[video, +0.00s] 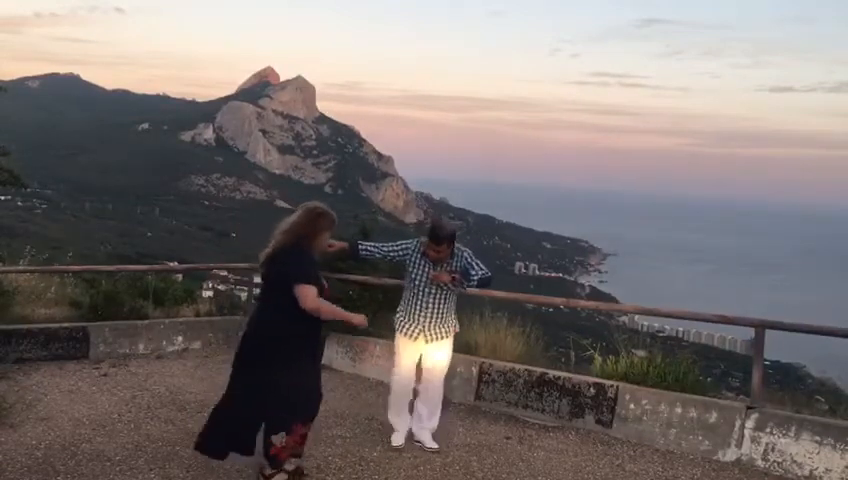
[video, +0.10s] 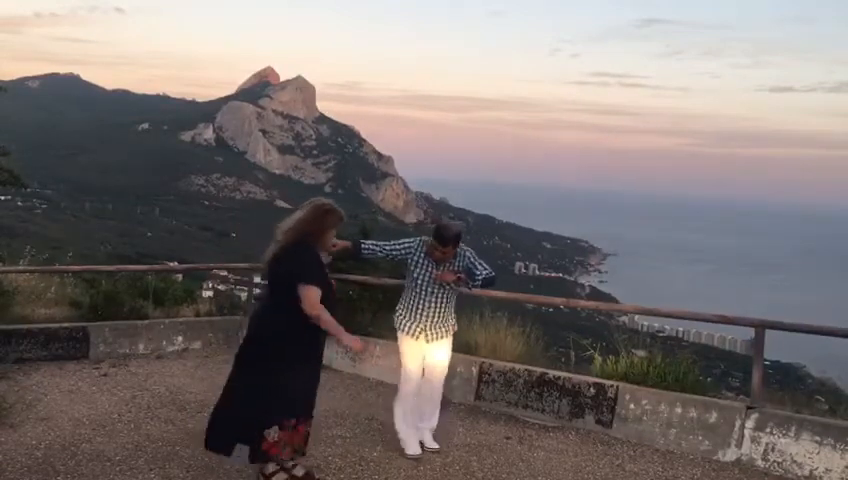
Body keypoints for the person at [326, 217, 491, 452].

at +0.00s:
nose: (434, 255)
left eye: (439, 252)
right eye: (431, 250)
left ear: (451, 247)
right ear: (426, 241)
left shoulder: (462, 256)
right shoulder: (414, 248)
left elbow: (484, 277)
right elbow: (381, 250)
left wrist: (454, 279)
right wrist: (346, 247)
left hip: (441, 331)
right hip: (409, 327)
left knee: (433, 384)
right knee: (402, 380)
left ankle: (424, 431)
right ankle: (399, 429)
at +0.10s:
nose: (441, 255)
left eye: (446, 252)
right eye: (438, 250)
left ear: (455, 247)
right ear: (432, 241)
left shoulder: (464, 255)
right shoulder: (417, 247)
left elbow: (489, 278)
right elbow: (384, 249)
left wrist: (459, 279)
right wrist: (348, 246)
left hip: (442, 329)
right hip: (411, 326)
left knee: (435, 383)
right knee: (410, 381)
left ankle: (426, 432)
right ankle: (408, 437)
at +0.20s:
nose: (447, 256)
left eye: (452, 253)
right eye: (445, 250)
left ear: (459, 248)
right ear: (437, 241)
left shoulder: (466, 255)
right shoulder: (420, 246)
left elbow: (491, 277)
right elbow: (387, 249)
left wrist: (464, 278)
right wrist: (352, 245)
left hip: (441, 330)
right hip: (411, 327)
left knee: (441, 382)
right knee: (411, 384)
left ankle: (428, 430)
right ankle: (411, 439)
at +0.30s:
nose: (454, 256)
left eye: (459, 253)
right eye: (452, 251)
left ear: (464, 249)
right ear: (443, 241)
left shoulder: (468, 256)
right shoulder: (424, 246)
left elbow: (490, 276)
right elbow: (394, 250)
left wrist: (468, 282)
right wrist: (363, 248)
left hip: (441, 330)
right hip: (411, 327)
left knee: (443, 383)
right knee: (411, 383)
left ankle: (425, 428)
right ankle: (410, 437)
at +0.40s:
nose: (459, 256)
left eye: (464, 253)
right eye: (456, 251)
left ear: (470, 251)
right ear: (447, 241)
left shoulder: (469, 260)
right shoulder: (429, 248)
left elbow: (488, 279)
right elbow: (401, 253)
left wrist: (475, 292)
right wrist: (377, 255)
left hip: (440, 330)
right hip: (411, 328)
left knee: (447, 378)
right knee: (413, 382)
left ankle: (425, 427)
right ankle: (409, 437)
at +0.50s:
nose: (465, 257)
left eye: (470, 254)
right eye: (462, 251)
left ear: (475, 252)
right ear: (454, 242)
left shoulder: (473, 264)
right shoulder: (436, 248)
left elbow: (483, 285)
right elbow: (412, 255)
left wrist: (472, 303)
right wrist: (398, 258)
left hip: (442, 332)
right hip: (413, 329)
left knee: (455, 380)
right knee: (415, 384)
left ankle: (429, 422)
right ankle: (410, 437)